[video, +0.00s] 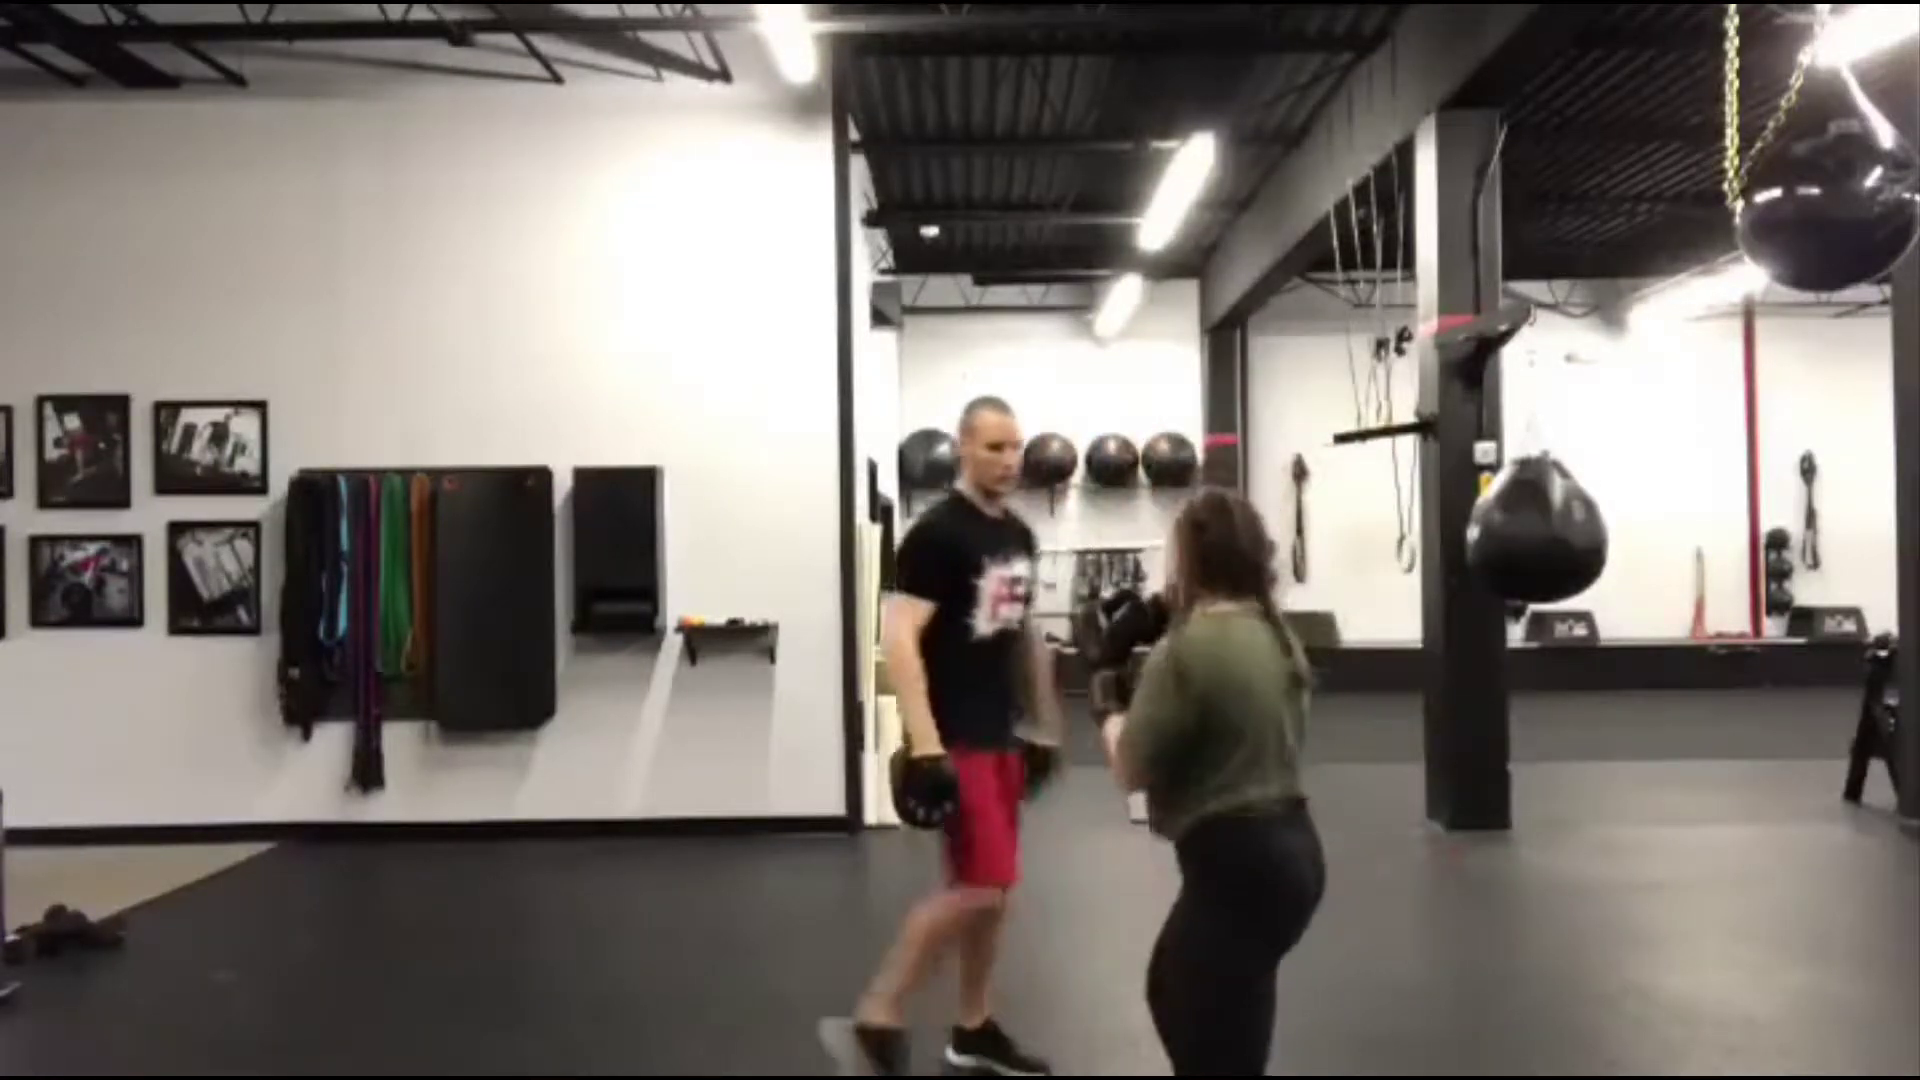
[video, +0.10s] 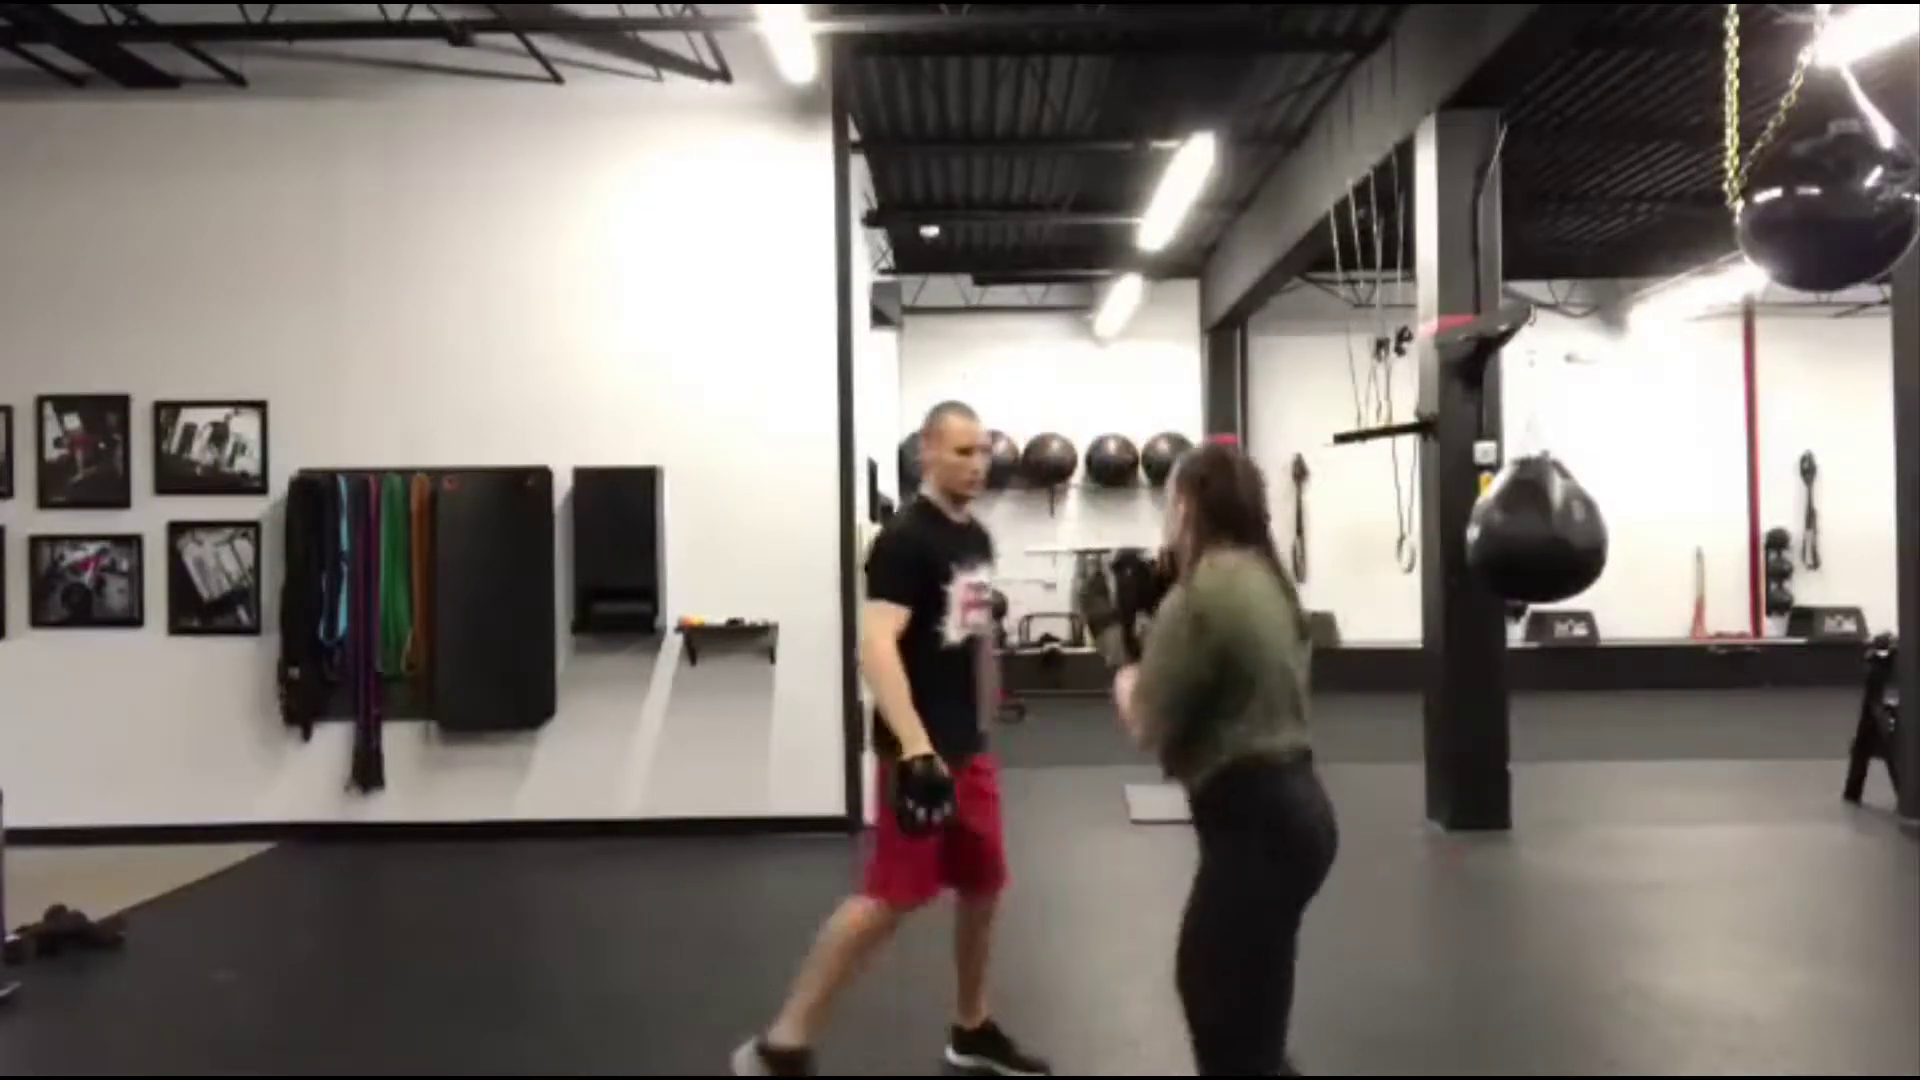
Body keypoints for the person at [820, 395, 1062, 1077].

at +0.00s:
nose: (1009, 461)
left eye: (1016, 448)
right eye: (994, 447)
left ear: (1022, 452)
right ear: (960, 449)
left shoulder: (1015, 537)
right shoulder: (936, 534)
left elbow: (1027, 639)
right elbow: (898, 639)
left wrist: (1044, 727)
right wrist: (924, 748)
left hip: (1003, 736)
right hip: (954, 739)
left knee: (992, 887)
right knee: (979, 886)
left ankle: (974, 1026)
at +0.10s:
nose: (978, 465)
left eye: (983, 453)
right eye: (964, 452)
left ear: (983, 459)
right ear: (927, 454)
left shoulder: (973, 538)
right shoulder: (905, 539)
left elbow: (965, 640)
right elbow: (876, 646)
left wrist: (976, 724)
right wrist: (917, 750)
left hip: (969, 750)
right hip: (916, 752)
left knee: (982, 884)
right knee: (891, 895)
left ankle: (972, 1026)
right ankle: (783, 1043)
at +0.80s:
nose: (808, 498)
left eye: (814, 486)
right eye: (797, 485)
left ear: (812, 490)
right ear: (760, 484)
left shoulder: (798, 565)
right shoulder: (726, 562)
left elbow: (800, 642)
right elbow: (679, 661)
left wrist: (825, 656)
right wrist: (761, 725)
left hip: (757, 757)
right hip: (723, 761)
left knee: (704, 883)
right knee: (783, 892)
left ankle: (647, 1013)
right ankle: (752, 1061)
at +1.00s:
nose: (795, 489)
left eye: (800, 478)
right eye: (784, 476)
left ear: (798, 480)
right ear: (747, 475)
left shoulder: (775, 555)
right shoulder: (712, 550)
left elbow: (783, 651)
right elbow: (664, 645)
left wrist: (845, 634)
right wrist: (751, 701)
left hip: (728, 744)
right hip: (709, 748)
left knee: (693, 881)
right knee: (749, 893)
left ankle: (645, 1012)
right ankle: (755, 1061)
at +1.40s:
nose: (803, 496)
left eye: (809, 485)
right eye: (794, 482)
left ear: (800, 485)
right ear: (753, 475)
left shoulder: (769, 557)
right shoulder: (721, 554)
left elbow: (808, 647)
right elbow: (735, 654)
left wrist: (847, 605)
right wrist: (818, 590)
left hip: (712, 755)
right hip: (703, 759)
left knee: (691, 885)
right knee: (758, 905)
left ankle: (647, 1009)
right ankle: (760, 1066)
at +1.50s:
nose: (801, 497)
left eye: (806, 485)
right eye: (792, 483)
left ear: (792, 487)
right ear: (750, 478)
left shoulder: (760, 558)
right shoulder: (720, 556)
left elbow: (788, 655)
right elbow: (733, 654)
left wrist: (831, 605)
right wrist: (811, 593)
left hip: (709, 754)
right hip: (701, 758)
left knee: (694, 882)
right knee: (760, 903)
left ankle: (636, 1000)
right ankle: (761, 1066)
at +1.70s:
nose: (784, 507)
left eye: (788, 495)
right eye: (772, 494)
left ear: (779, 499)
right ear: (733, 494)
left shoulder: (744, 570)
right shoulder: (703, 570)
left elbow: (739, 672)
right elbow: (687, 675)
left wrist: (790, 638)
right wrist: (777, 630)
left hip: (698, 760)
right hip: (691, 765)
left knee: (685, 890)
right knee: (763, 901)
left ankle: (619, 1009)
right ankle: (760, 1066)